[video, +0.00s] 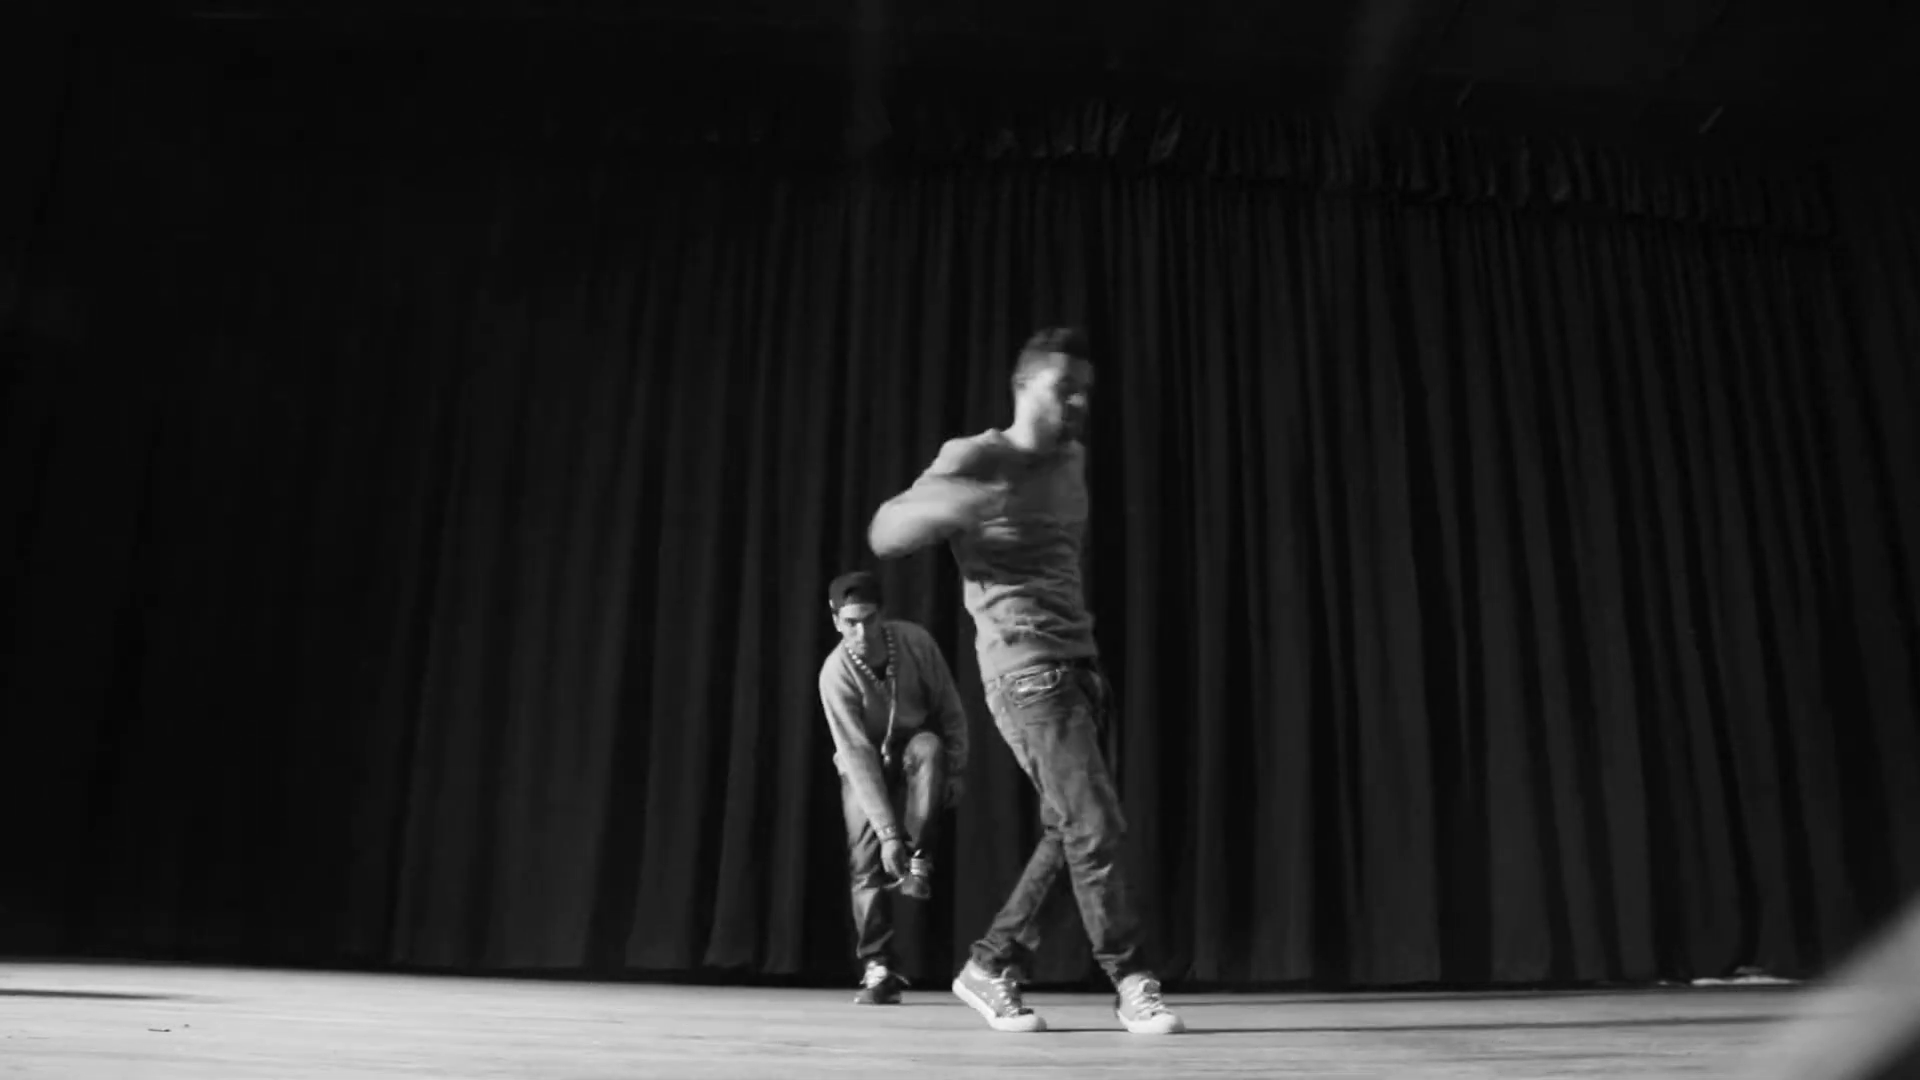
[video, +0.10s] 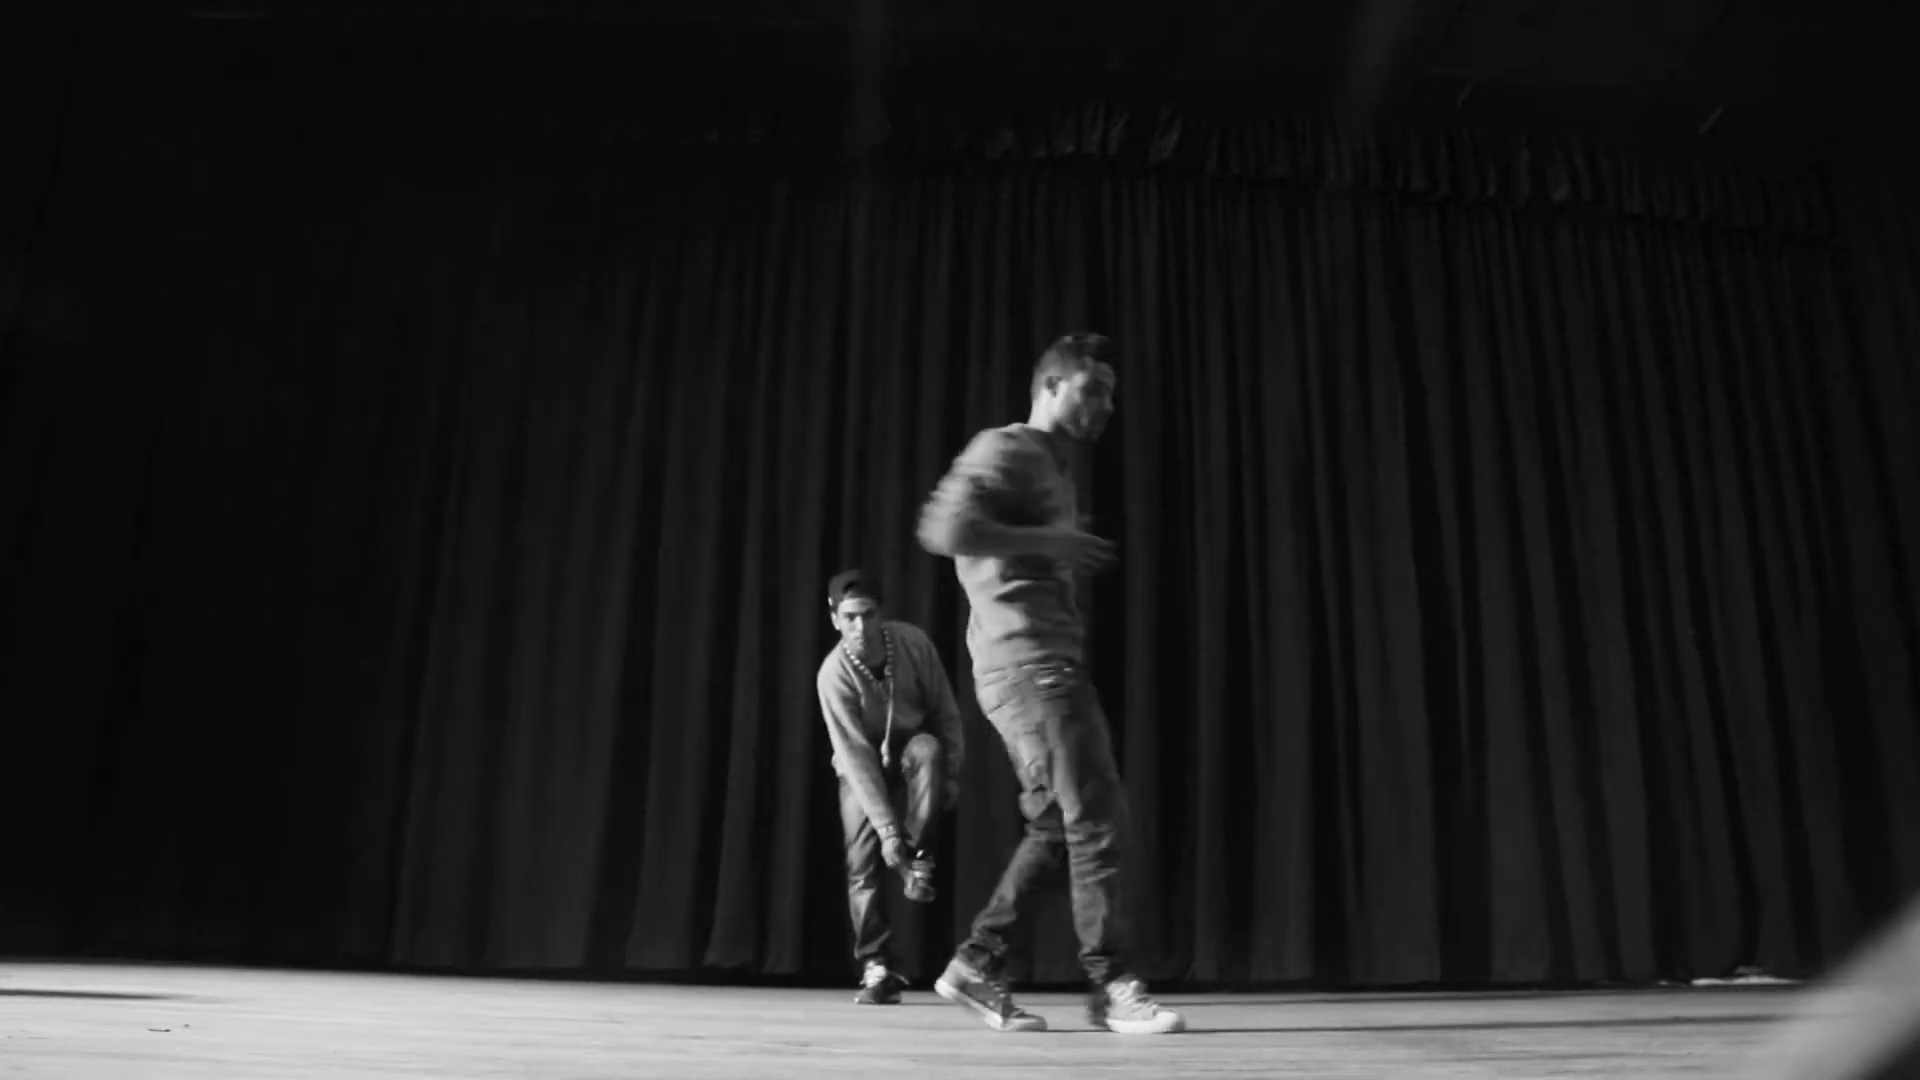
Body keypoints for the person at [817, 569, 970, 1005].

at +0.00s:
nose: (860, 631)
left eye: (867, 620)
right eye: (850, 622)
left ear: (881, 616)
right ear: (837, 623)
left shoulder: (915, 642)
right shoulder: (835, 676)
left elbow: (950, 707)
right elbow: (855, 758)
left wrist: (957, 768)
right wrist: (888, 834)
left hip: (912, 747)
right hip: (864, 757)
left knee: (927, 748)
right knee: (866, 862)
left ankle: (919, 855)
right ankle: (876, 965)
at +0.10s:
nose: (860, 626)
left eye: (868, 615)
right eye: (850, 617)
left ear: (881, 615)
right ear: (836, 621)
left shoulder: (912, 642)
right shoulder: (834, 676)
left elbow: (946, 709)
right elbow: (856, 759)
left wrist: (951, 773)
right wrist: (888, 832)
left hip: (910, 748)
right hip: (862, 759)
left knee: (926, 750)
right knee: (862, 863)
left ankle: (918, 856)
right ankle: (876, 966)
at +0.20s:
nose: (861, 619)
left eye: (868, 608)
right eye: (850, 610)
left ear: (882, 610)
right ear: (836, 617)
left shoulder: (913, 642)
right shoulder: (832, 673)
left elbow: (945, 713)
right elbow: (854, 759)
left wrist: (949, 777)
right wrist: (888, 833)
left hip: (910, 748)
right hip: (862, 759)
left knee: (927, 753)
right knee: (861, 862)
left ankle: (919, 857)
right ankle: (876, 967)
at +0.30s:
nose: (863, 616)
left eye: (870, 605)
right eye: (852, 608)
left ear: (883, 607)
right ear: (837, 614)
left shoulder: (912, 640)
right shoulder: (833, 669)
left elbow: (944, 708)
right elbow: (851, 755)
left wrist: (951, 768)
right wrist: (885, 826)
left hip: (908, 743)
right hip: (862, 757)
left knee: (925, 749)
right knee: (869, 862)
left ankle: (919, 852)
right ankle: (878, 966)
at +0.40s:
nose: (867, 620)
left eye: (875, 609)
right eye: (856, 610)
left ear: (889, 611)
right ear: (840, 614)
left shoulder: (915, 647)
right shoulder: (834, 666)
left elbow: (944, 723)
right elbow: (850, 751)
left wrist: (943, 784)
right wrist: (882, 822)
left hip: (909, 749)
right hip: (861, 760)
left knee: (916, 746)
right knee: (872, 860)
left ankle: (921, 849)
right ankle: (880, 966)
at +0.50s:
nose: (872, 626)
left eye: (880, 615)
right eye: (862, 616)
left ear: (892, 614)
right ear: (845, 617)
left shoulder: (917, 650)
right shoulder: (836, 668)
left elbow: (944, 730)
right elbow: (851, 753)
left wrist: (938, 797)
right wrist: (882, 826)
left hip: (906, 753)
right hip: (858, 761)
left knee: (912, 746)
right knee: (869, 863)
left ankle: (920, 850)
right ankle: (879, 966)